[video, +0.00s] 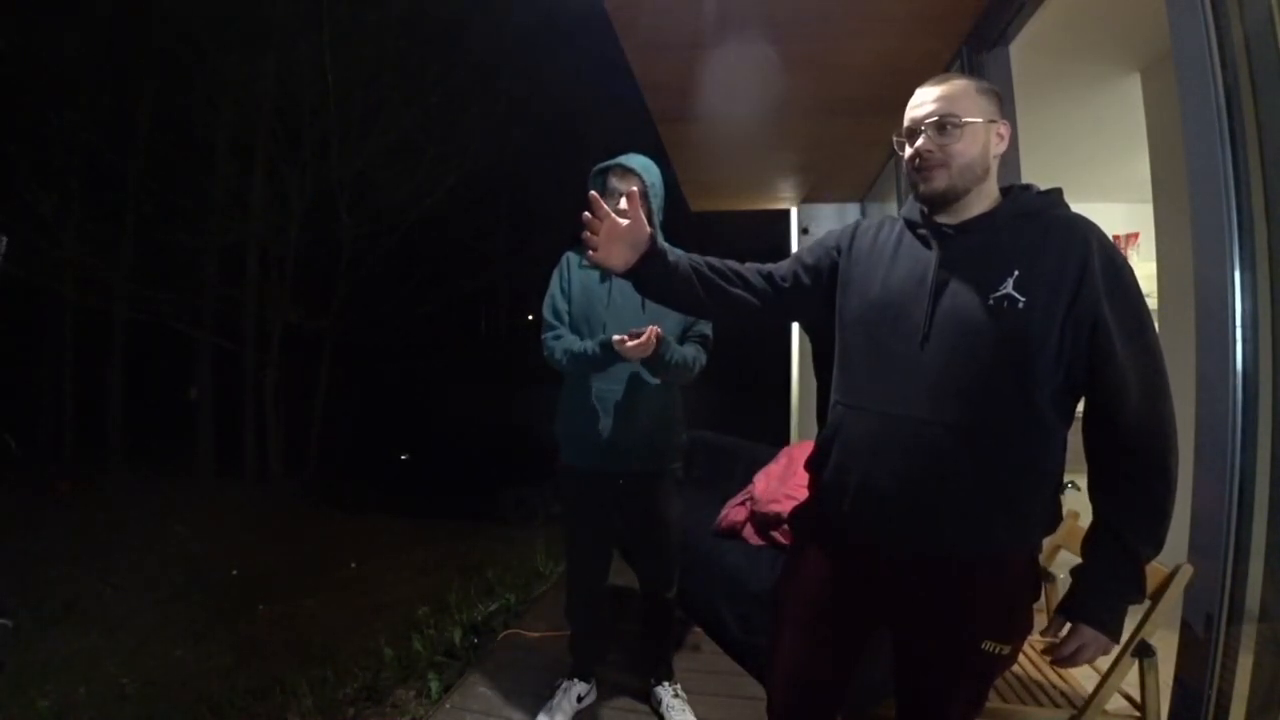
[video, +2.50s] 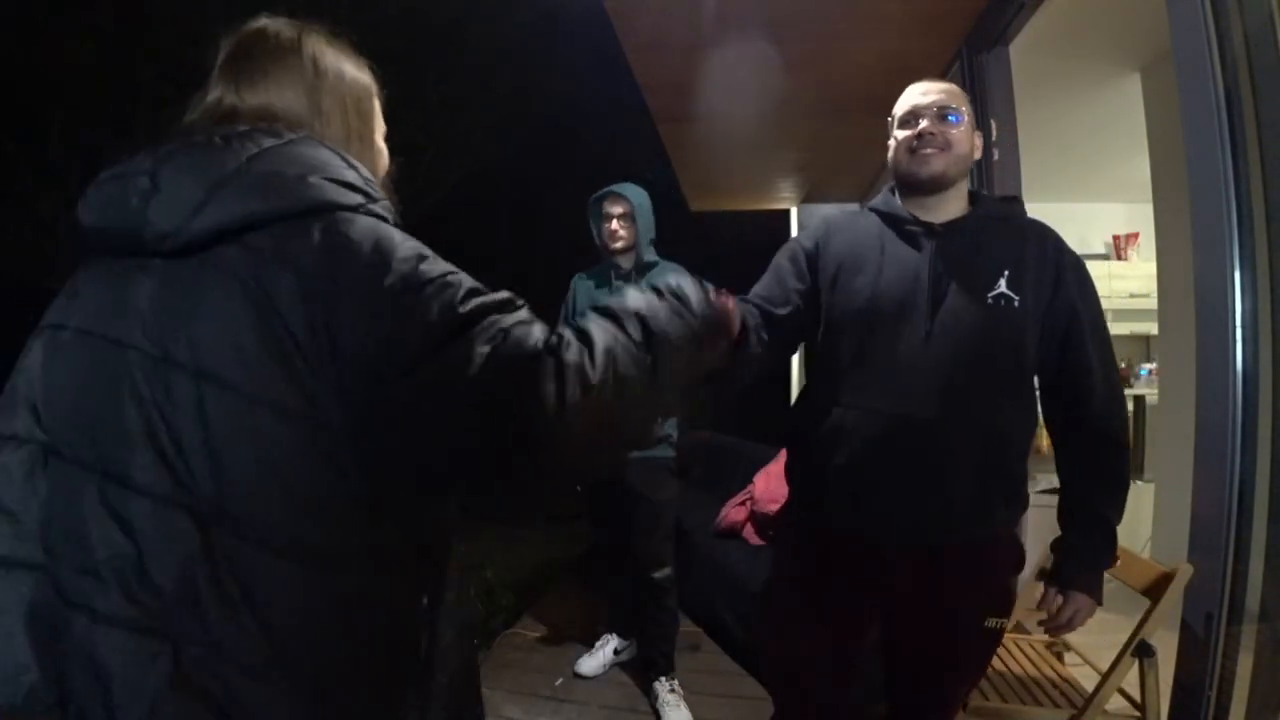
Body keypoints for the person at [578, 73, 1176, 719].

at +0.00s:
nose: (914, 145)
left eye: (939, 127)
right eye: (907, 135)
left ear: (999, 138)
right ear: (899, 153)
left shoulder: (1071, 250)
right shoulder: (859, 244)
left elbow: (1136, 431)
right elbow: (761, 288)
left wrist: (1104, 590)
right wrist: (649, 259)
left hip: (974, 561)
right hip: (840, 544)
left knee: (936, 711)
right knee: (799, 704)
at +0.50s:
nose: (920, 143)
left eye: (946, 126)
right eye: (913, 133)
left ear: (1004, 136)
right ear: (905, 150)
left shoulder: (1075, 250)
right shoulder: (861, 242)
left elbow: (1140, 435)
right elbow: (761, 286)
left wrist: (1105, 596)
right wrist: (652, 256)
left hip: (976, 561)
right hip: (842, 542)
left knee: (938, 710)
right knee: (801, 703)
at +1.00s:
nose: (923, 141)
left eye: (948, 123)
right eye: (913, 128)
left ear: (1005, 135)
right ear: (903, 144)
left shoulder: (1073, 250)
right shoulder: (853, 238)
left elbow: (1135, 431)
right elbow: (746, 282)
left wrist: (1109, 587)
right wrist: (635, 254)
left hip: (979, 561)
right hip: (843, 546)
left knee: (938, 707)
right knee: (804, 703)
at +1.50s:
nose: (891, 136)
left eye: (914, 121)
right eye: (878, 126)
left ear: (964, 135)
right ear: (864, 149)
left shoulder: (1028, 246)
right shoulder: (811, 240)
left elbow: (1098, 410)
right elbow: (706, 292)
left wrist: (1094, 556)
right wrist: (582, 256)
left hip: (968, 564)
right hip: (830, 557)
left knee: (924, 708)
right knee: (812, 707)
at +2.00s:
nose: (872, 125)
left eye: (892, 110)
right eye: (855, 117)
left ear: (930, 134)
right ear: (837, 145)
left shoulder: (1001, 248)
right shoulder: (786, 244)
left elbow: (1060, 405)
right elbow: (702, 340)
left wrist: (1049, 545)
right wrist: (632, 367)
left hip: (951, 549)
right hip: (813, 546)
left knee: (916, 709)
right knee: (806, 708)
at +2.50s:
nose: (925, 125)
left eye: (947, 115)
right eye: (908, 119)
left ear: (982, 143)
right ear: (887, 149)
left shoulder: (1037, 255)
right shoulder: (828, 238)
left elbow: (1092, 415)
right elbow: (758, 329)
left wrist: (1083, 553)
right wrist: (716, 329)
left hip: (966, 551)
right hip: (829, 539)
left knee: (927, 705)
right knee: (816, 703)